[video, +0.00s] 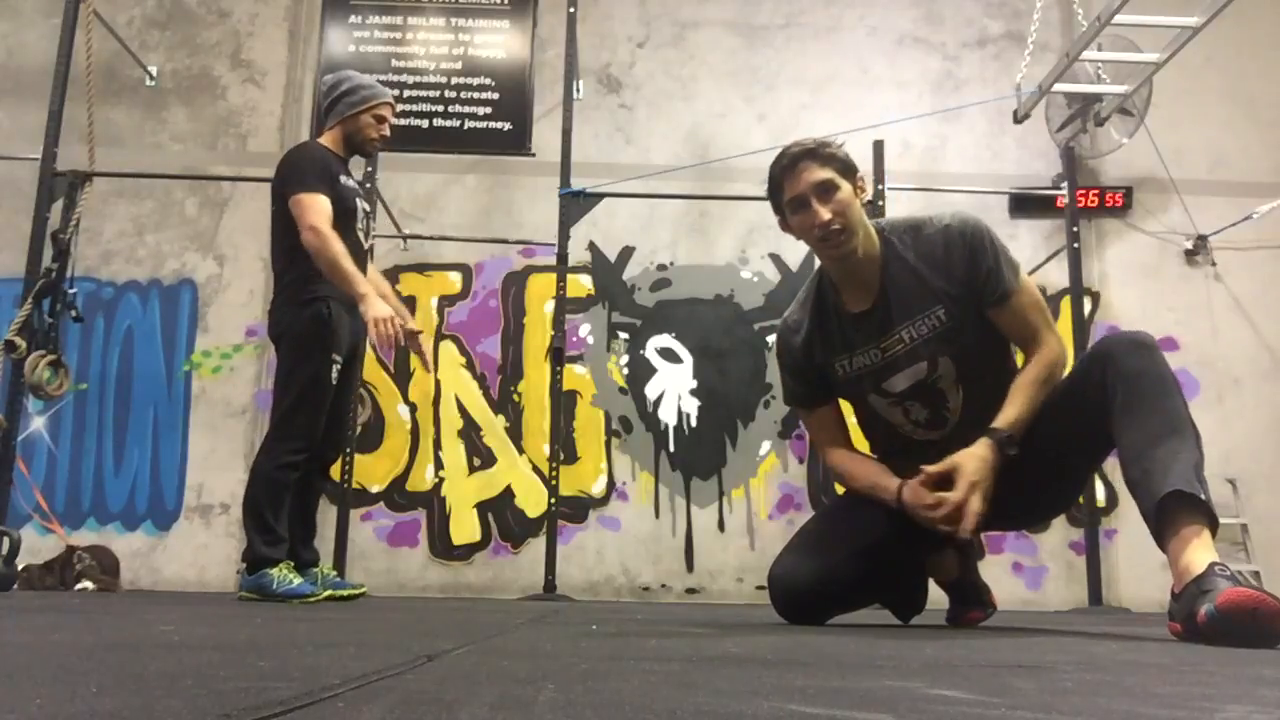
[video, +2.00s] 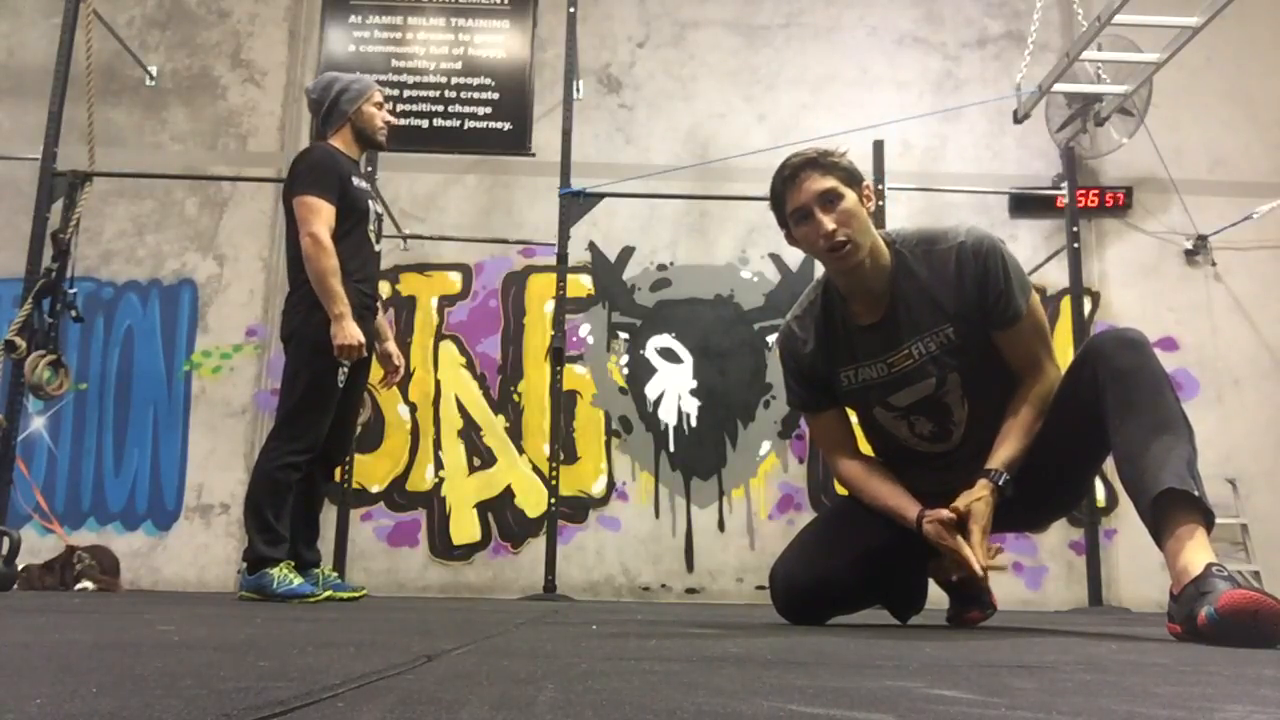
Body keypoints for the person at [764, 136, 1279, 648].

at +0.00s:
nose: (820, 213)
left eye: (826, 191)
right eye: (799, 209)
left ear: (859, 188)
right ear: (791, 230)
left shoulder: (958, 244)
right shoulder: (801, 337)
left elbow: (1048, 349)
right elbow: (835, 448)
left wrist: (992, 448)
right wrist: (900, 492)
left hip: (1014, 466)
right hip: (909, 495)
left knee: (1126, 353)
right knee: (796, 590)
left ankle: (1196, 575)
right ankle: (944, 561)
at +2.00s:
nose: (824, 225)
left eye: (831, 201)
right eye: (802, 221)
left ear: (867, 197)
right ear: (796, 243)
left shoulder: (970, 260)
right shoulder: (805, 337)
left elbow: (1040, 378)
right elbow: (841, 455)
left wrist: (988, 483)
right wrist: (918, 518)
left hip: (1018, 473)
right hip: (912, 497)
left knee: (1119, 348)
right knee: (796, 590)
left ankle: (1195, 578)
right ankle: (940, 559)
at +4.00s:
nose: (819, 217)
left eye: (823, 196)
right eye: (796, 218)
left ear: (857, 195)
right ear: (788, 248)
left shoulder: (963, 259)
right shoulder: (800, 342)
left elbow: (1037, 378)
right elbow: (838, 458)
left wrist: (992, 488)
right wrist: (917, 518)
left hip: (1015, 471)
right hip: (909, 498)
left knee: (1116, 349)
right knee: (795, 591)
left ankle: (1195, 578)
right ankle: (936, 561)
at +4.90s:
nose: (820, 221)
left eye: (823, 199)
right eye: (797, 220)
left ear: (854, 198)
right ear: (788, 249)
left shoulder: (963, 259)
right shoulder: (800, 342)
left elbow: (1037, 378)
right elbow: (839, 458)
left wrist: (992, 488)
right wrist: (917, 519)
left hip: (1014, 469)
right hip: (909, 496)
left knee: (1116, 348)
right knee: (795, 591)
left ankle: (1195, 578)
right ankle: (935, 560)